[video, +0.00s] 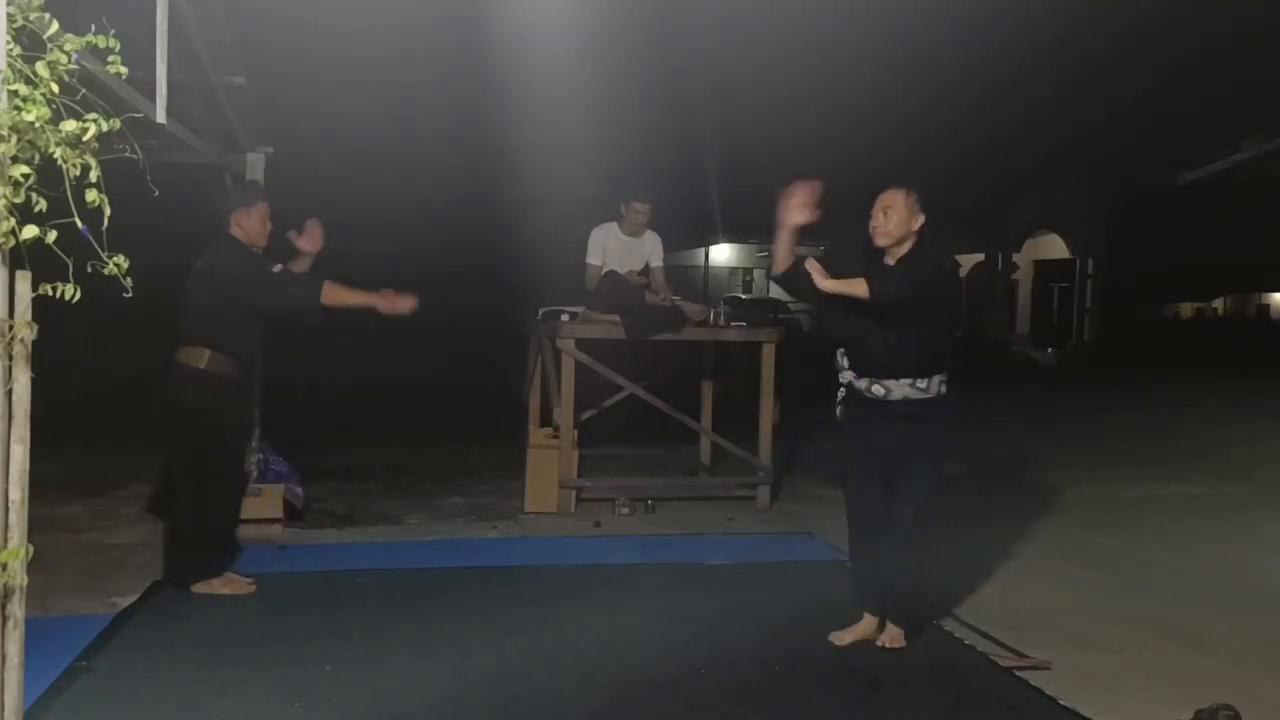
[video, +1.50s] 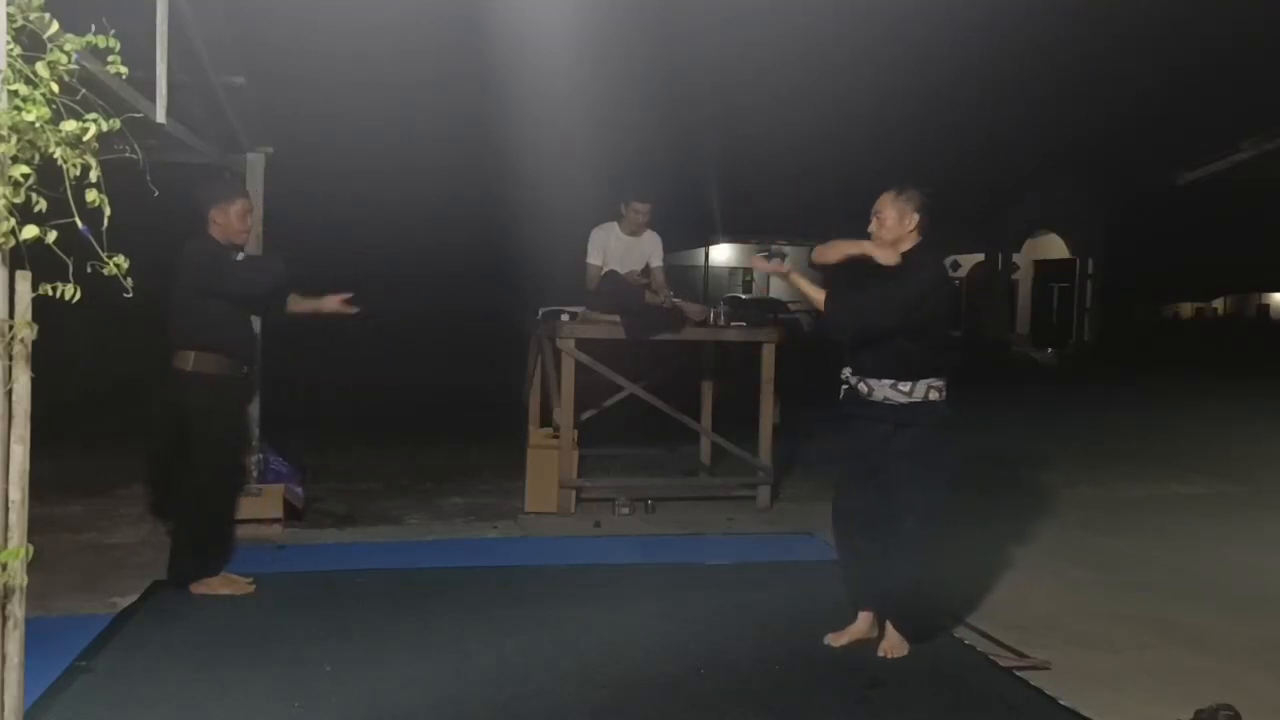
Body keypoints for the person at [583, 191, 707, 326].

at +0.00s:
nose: (641, 219)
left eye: (646, 214)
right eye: (636, 212)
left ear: (650, 215)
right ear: (623, 210)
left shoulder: (653, 240)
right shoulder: (601, 234)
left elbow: (659, 283)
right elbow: (591, 284)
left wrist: (664, 294)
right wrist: (623, 280)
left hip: (636, 299)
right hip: (602, 300)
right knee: (611, 278)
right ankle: (678, 311)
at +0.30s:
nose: (640, 219)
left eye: (645, 214)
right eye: (635, 212)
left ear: (650, 215)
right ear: (623, 209)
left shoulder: (653, 240)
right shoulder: (601, 234)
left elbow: (659, 283)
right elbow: (591, 285)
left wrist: (663, 293)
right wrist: (623, 280)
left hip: (635, 299)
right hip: (602, 300)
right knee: (611, 278)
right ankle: (678, 310)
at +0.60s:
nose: (641, 219)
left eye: (645, 214)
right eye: (635, 212)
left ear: (650, 215)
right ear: (623, 209)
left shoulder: (653, 240)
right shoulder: (601, 234)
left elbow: (659, 282)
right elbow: (590, 285)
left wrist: (663, 293)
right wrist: (623, 281)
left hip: (636, 300)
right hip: (602, 301)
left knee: (674, 316)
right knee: (611, 278)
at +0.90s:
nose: (641, 219)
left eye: (645, 214)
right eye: (635, 212)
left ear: (650, 214)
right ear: (623, 209)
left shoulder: (653, 240)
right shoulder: (601, 234)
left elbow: (659, 283)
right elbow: (591, 285)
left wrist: (665, 296)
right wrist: (623, 281)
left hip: (635, 300)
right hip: (602, 300)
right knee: (611, 278)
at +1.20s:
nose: (641, 220)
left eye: (645, 214)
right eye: (635, 213)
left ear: (650, 214)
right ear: (623, 209)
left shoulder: (652, 240)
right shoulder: (601, 234)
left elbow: (659, 283)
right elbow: (591, 285)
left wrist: (665, 296)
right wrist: (623, 280)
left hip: (635, 300)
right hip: (602, 300)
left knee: (674, 316)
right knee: (611, 278)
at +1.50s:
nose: (641, 219)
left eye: (645, 214)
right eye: (636, 212)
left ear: (650, 214)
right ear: (623, 209)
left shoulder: (653, 240)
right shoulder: (601, 234)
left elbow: (659, 283)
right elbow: (591, 285)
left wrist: (665, 297)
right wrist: (623, 280)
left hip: (635, 298)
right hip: (601, 299)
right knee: (611, 278)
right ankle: (677, 310)